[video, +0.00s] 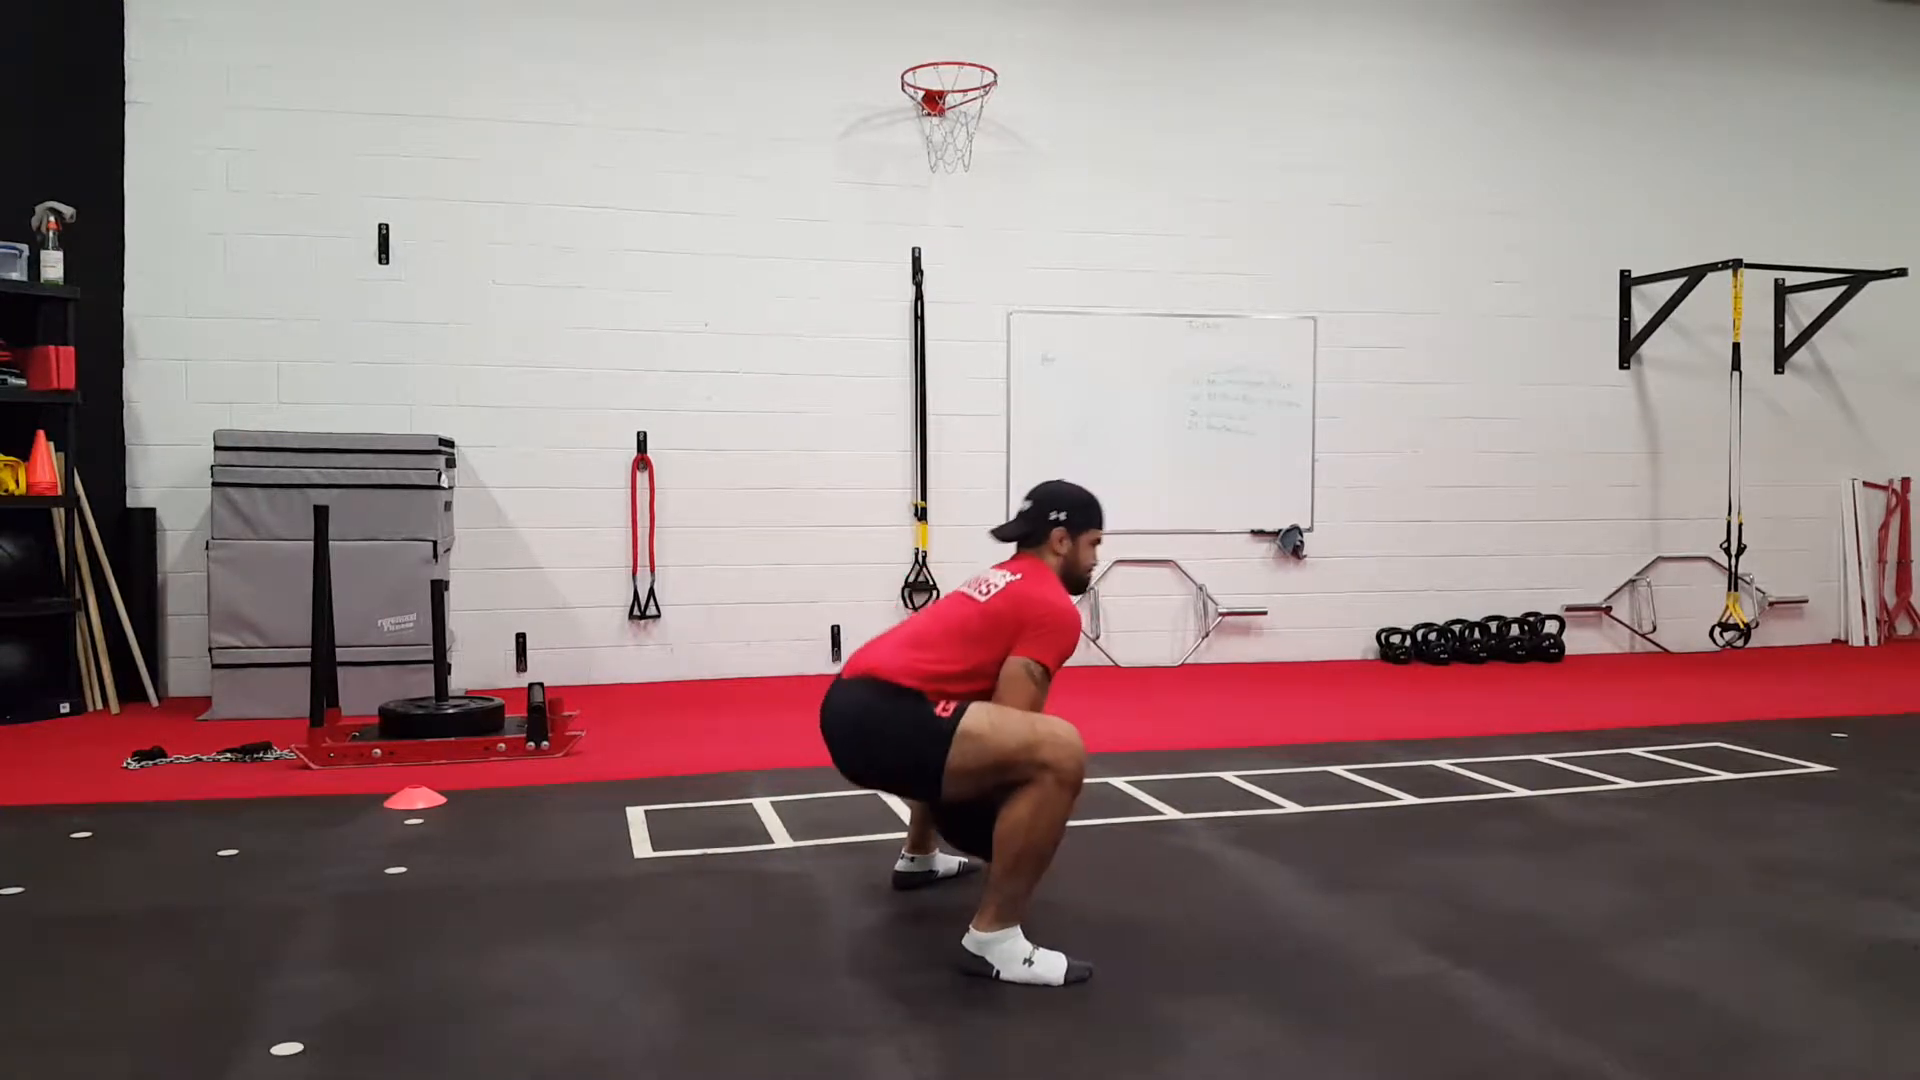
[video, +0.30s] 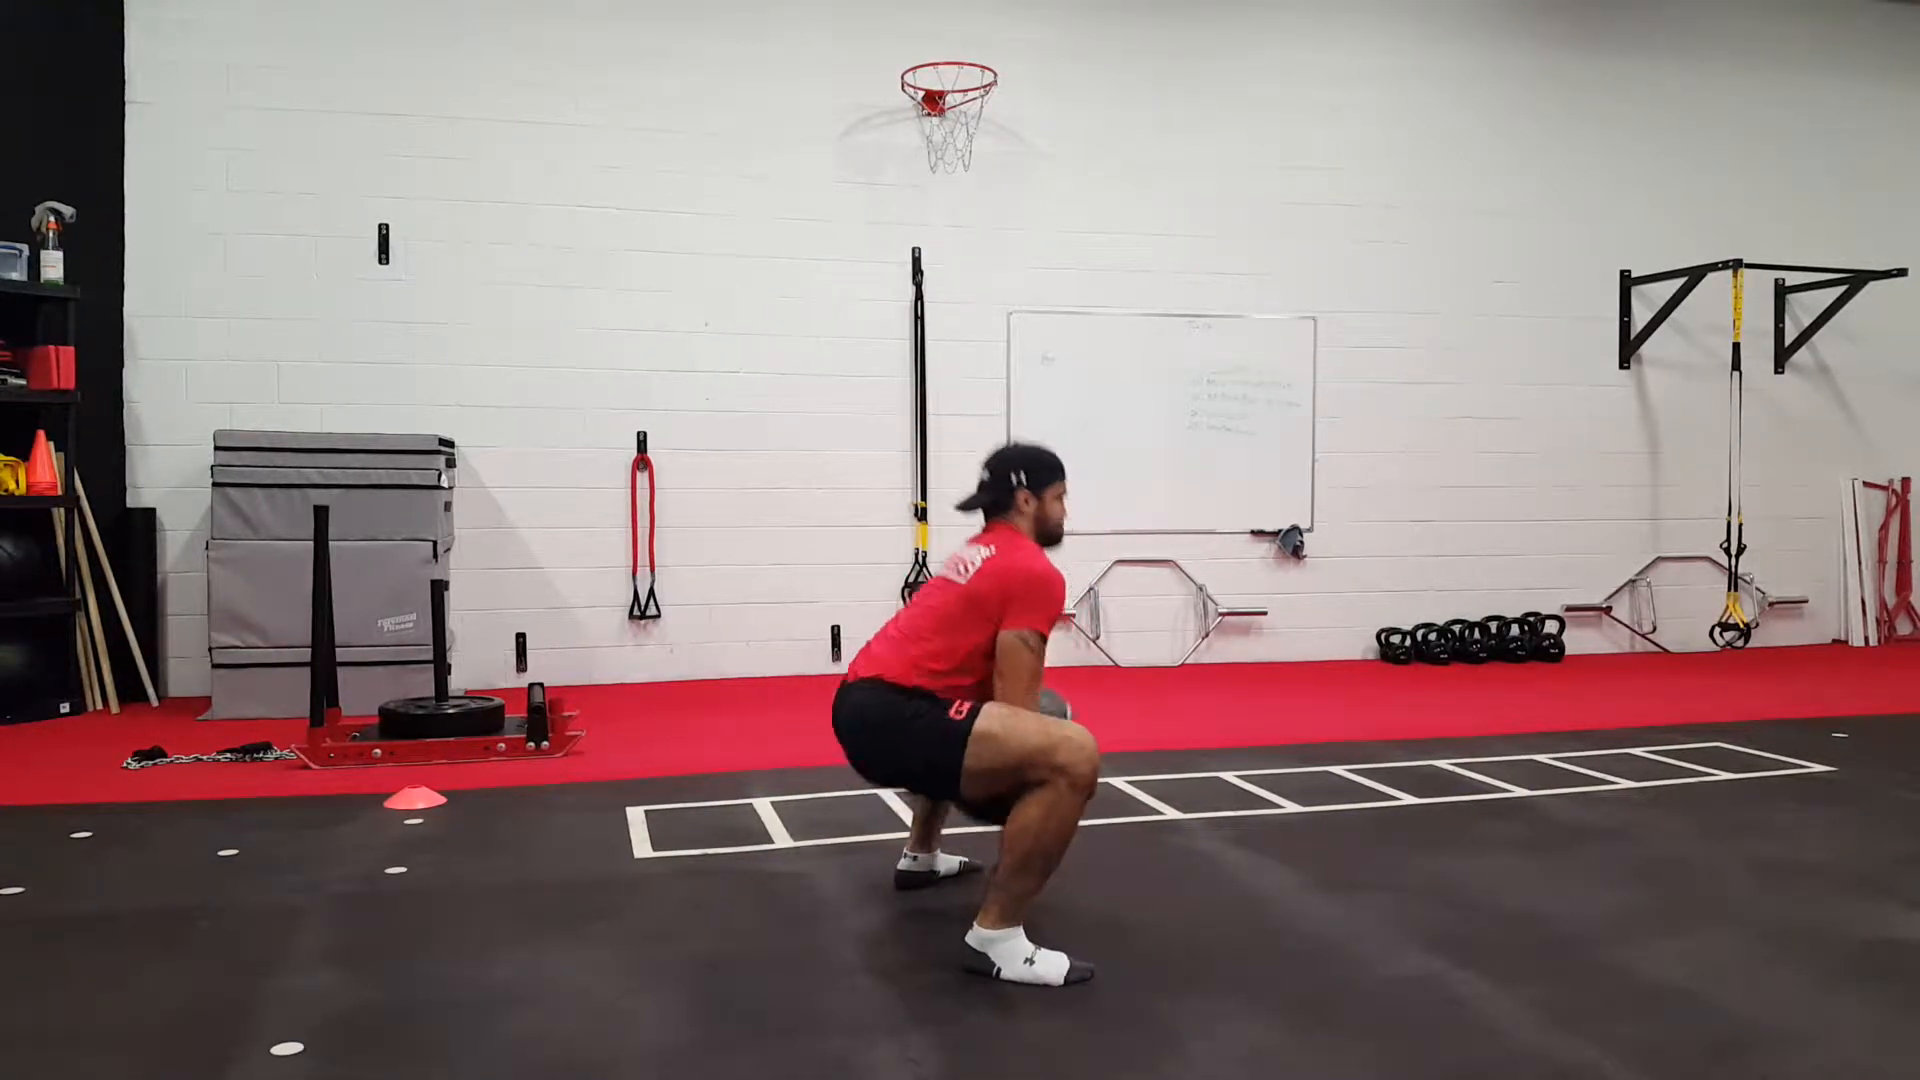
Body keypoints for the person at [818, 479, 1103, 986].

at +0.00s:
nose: (1097, 558)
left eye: (1098, 546)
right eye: (1093, 544)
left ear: (1051, 539)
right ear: (1060, 541)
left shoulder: (1001, 579)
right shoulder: (1051, 606)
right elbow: (1007, 735)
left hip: (851, 708)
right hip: (879, 720)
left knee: (953, 721)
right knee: (1060, 752)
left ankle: (919, 854)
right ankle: (994, 933)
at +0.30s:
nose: (1066, 511)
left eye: (1065, 498)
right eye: (1060, 498)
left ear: (1016, 502)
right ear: (1026, 500)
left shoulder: (979, 552)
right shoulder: (1032, 571)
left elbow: (973, 689)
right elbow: (1016, 710)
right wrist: (1018, 805)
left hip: (862, 702)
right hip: (894, 714)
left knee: (966, 716)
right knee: (1073, 757)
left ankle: (920, 852)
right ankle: (995, 932)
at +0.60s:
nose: (1040, 411)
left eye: (1038, 399)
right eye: (1032, 399)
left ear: (986, 406)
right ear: (997, 405)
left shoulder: (946, 460)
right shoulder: (1006, 469)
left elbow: (955, 590)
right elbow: (1009, 605)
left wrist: (1031, 634)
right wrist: (1066, 659)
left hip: (865, 638)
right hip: (907, 642)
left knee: (989, 698)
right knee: (1083, 746)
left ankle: (917, 847)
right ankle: (1000, 921)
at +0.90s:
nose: (1003, 502)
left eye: (998, 491)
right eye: (992, 493)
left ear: (953, 512)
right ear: (960, 509)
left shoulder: (923, 568)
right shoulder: (973, 591)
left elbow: (989, 691)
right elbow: (1073, 705)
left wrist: (1100, 674)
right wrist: (1120, 679)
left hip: (867, 749)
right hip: (902, 762)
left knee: (992, 715)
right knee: (1095, 762)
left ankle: (920, 852)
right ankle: (1010, 931)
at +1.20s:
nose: (1013, 529)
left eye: (1008, 518)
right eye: (1003, 520)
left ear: (967, 538)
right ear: (972, 536)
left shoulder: (932, 592)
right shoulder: (993, 627)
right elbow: (1071, 730)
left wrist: (1101, 720)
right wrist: (1120, 738)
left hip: (880, 781)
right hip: (919, 797)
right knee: (1097, 760)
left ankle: (923, 852)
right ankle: (1012, 929)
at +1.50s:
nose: (1010, 473)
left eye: (1005, 461)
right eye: (1000, 463)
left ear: (962, 483)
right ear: (969, 480)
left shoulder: (932, 544)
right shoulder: (985, 568)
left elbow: (975, 658)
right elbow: (1067, 697)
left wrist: (1078, 688)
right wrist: (1109, 708)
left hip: (876, 720)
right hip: (914, 730)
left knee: (995, 707)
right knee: (1096, 758)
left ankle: (925, 850)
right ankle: (1011, 929)